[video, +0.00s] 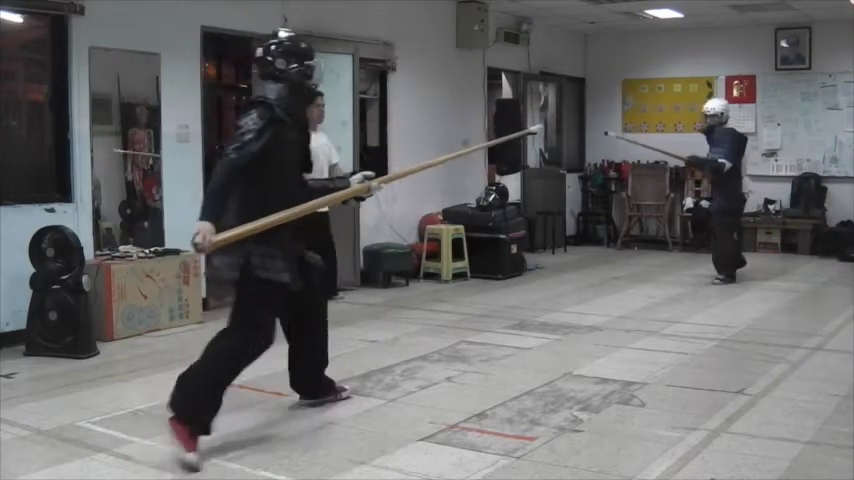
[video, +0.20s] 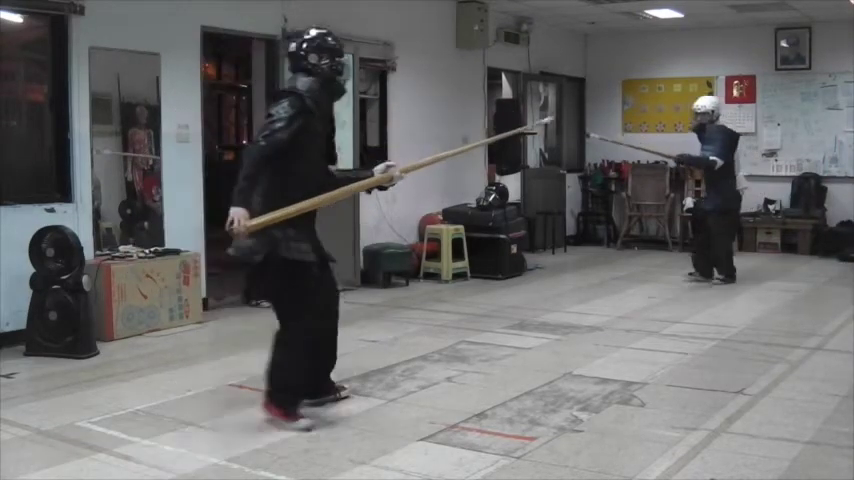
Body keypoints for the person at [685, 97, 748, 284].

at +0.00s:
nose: (708, 120)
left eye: (712, 116)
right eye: (707, 116)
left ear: (723, 117)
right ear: (707, 117)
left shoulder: (729, 136)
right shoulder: (715, 135)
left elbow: (721, 166)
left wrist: (696, 161)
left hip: (728, 194)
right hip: (721, 193)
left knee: (723, 230)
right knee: (721, 229)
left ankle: (727, 272)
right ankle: (734, 260)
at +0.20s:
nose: (698, 119)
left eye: (702, 115)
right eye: (696, 115)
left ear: (713, 115)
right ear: (696, 114)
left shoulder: (719, 133)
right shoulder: (707, 134)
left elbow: (714, 161)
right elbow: (710, 159)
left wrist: (685, 158)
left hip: (723, 193)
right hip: (711, 193)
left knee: (720, 232)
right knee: (702, 229)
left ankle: (727, 273)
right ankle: (703, 270)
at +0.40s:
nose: (690, 122)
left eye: (694, 118)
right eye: (688, 118)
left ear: (705, 118)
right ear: (686, 118)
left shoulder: (713, 136)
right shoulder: (697, 138)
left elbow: (706, 166)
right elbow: (698, 165)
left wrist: (677, 164)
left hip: (711, 197)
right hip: (697, 197)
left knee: (703, 232)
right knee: (690, 235)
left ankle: (722, 263)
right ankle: (696, 276)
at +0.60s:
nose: (681, 126)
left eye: (685, 121)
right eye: (680, 121)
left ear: (696, 121)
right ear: (680, 121)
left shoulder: (704, 140)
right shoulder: (690, 141)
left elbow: (697, 171)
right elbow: (691, 168)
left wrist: (668, 170)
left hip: (704, 200)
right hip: (693, 199)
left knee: (695, 236)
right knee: (681, 234)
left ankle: (700, 279)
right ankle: (689, 273)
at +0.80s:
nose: (676, 130)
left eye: (681, 125)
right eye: (674, 125)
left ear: (692, 125)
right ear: (671, 125)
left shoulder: (699, 144)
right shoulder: (683, 145)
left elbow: (691, 173)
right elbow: (683, 169)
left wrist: (664, 172)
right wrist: (664, 171)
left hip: (700, 202)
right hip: (688, 202)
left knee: (691, 237)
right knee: (679, 235)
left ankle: (691, 283)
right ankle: (692, 275)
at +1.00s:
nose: (672, 135)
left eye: (677, 130)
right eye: (670, 130)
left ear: (688, 130)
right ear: (666, 130)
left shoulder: (692, 148)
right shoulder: (679, 149)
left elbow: (686, 178)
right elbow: (679, 175)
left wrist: (656, 173)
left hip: (700, 206)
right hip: (690, 205)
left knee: (679, 237)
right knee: (676, 237)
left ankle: (690, 285)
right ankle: (694, 277)